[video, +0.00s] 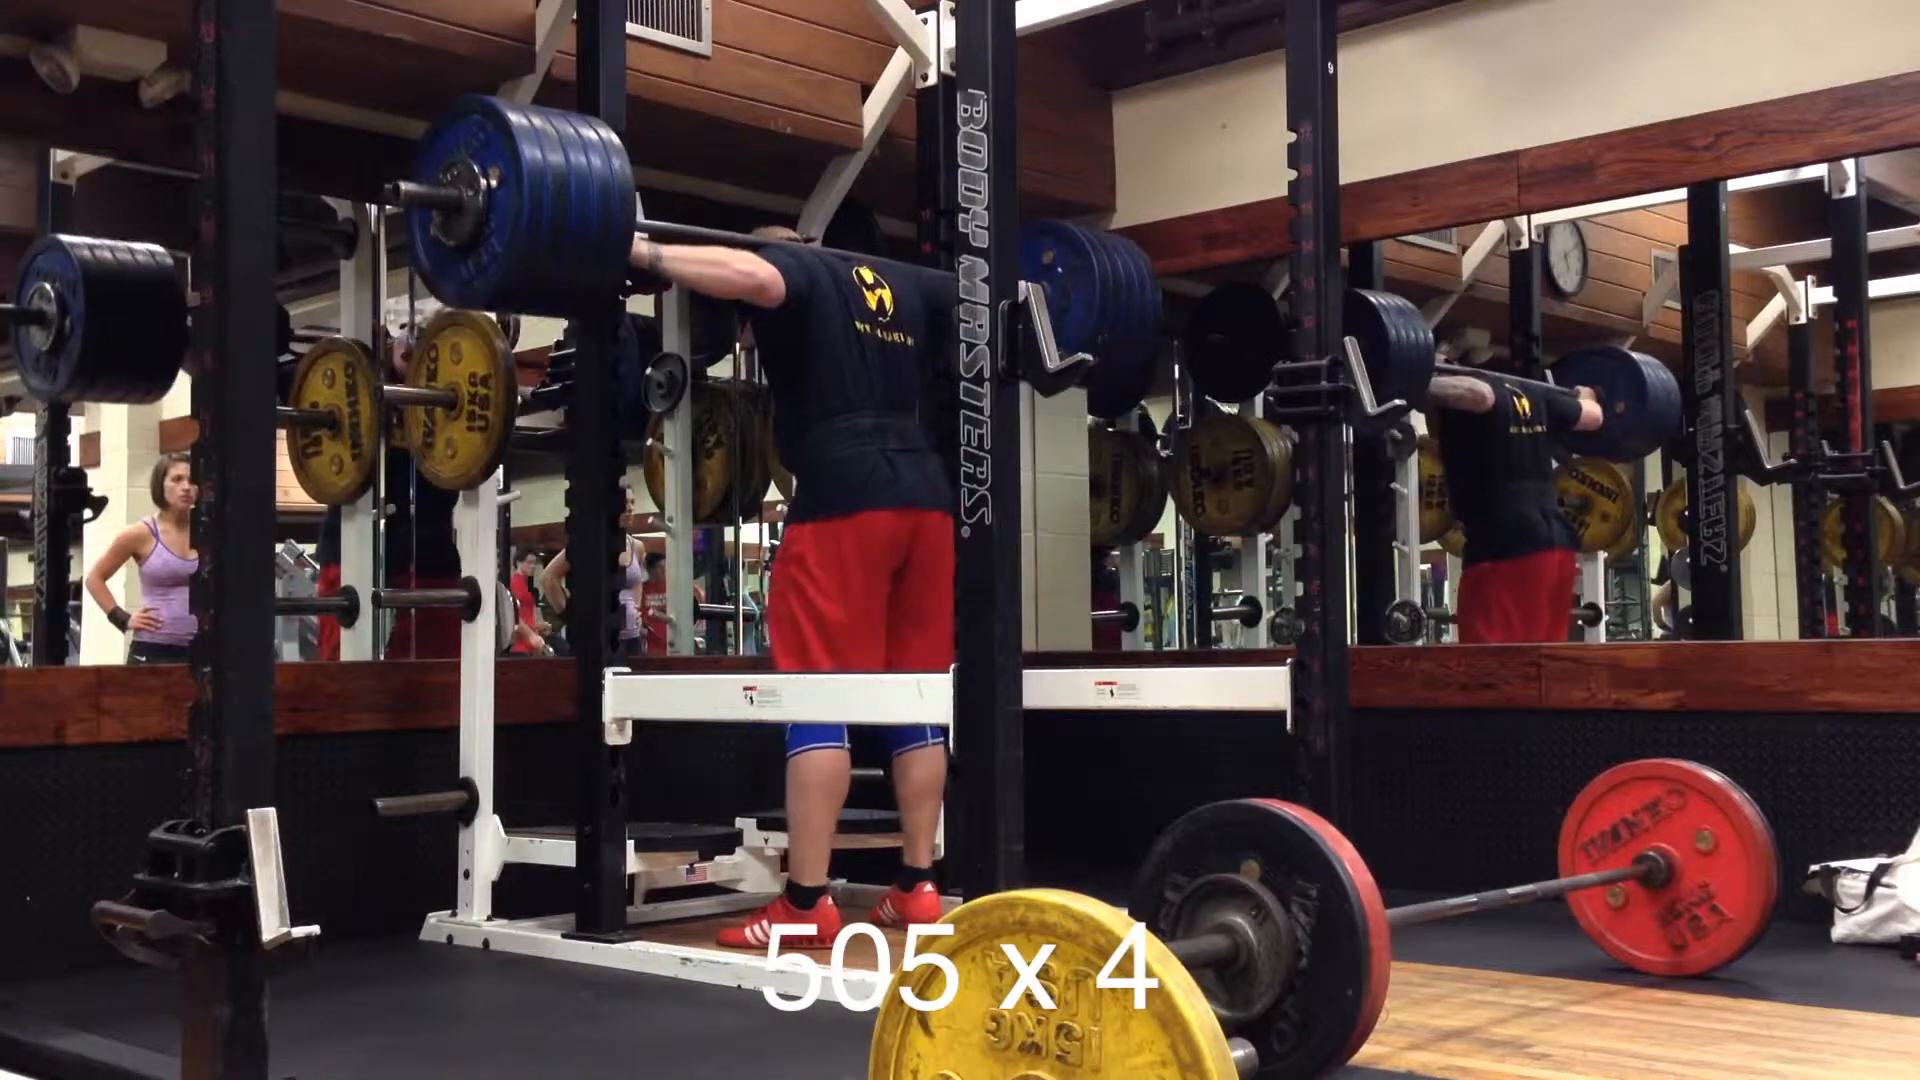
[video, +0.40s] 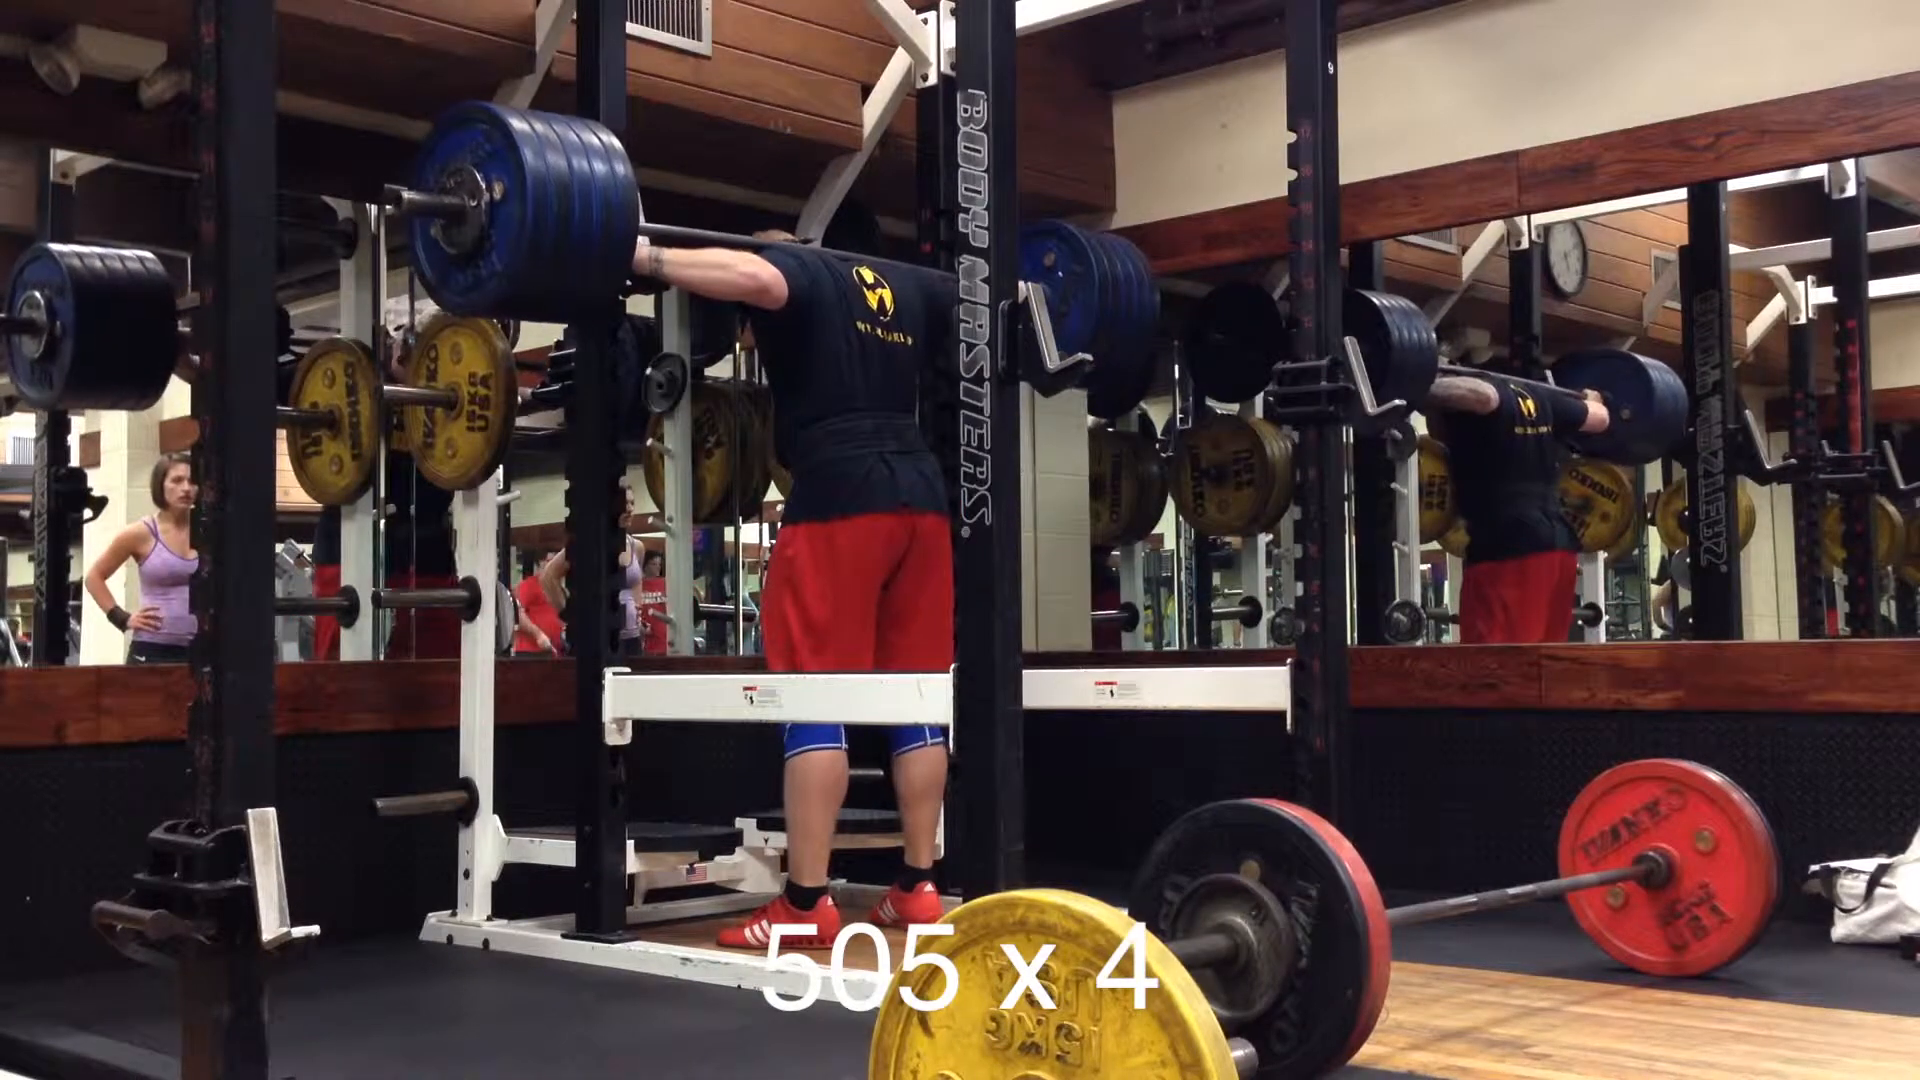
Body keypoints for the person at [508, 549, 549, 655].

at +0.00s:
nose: (533, 566)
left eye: (534, 563)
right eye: (529, 562)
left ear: (536, 564)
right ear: (519, 563)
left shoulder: (527, 581)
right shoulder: (515, 581)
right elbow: (514, 616)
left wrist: (538, 627)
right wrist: (530, 635)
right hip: (518, 646)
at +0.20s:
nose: (543, 565)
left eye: (545, 561)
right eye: (539, 561)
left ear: (547, 563)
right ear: (530, 563)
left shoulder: (541, 584)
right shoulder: (520, 584)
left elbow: (536, 616)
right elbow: (513, 614)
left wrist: (551, 624)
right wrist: (534, 634)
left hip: (540, 647)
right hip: (523, 647)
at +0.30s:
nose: (548, 565)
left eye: (550, 562)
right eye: (545, 561)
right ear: (534, 563)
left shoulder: (548, 585)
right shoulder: (525, 584)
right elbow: (514, 612)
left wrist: (555, 623)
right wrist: (536, 635)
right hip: (525, 647)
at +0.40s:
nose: (552, 565)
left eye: (555, 561)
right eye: (548, 561)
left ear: (561, 564)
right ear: (540, 563)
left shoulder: (559, 589)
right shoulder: (529, 585)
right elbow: (518, 612)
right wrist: (538, 635)